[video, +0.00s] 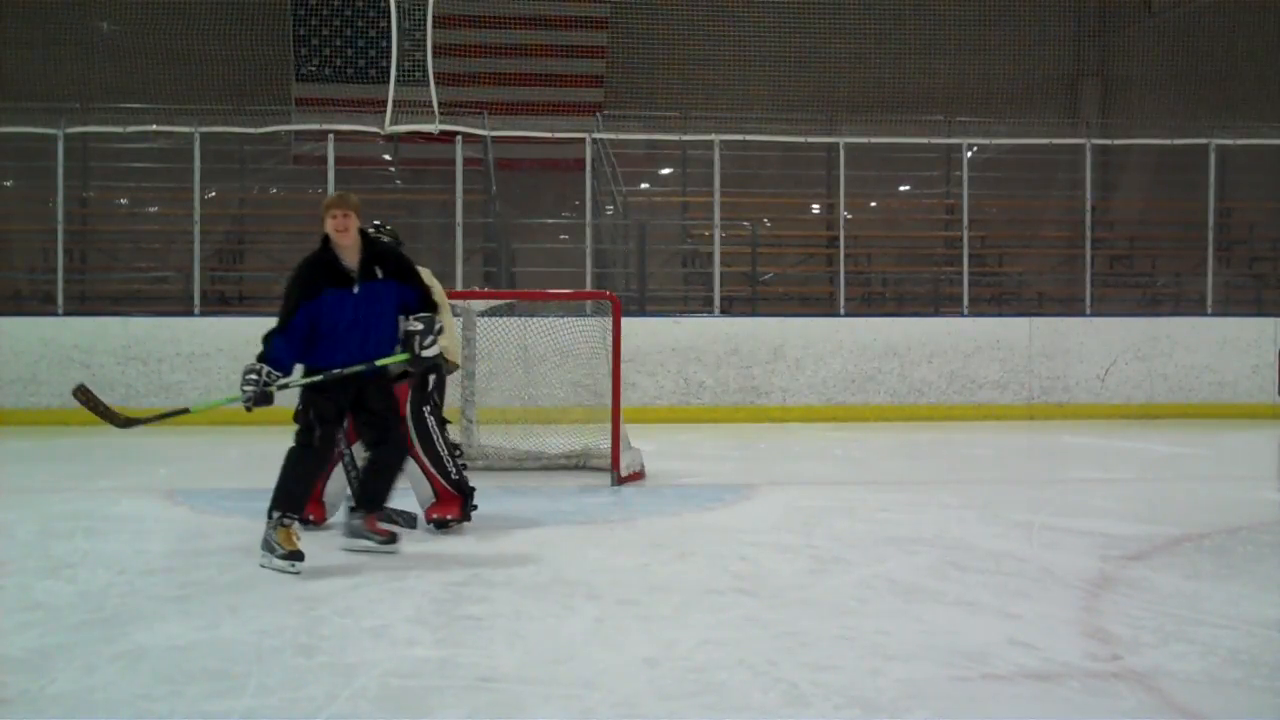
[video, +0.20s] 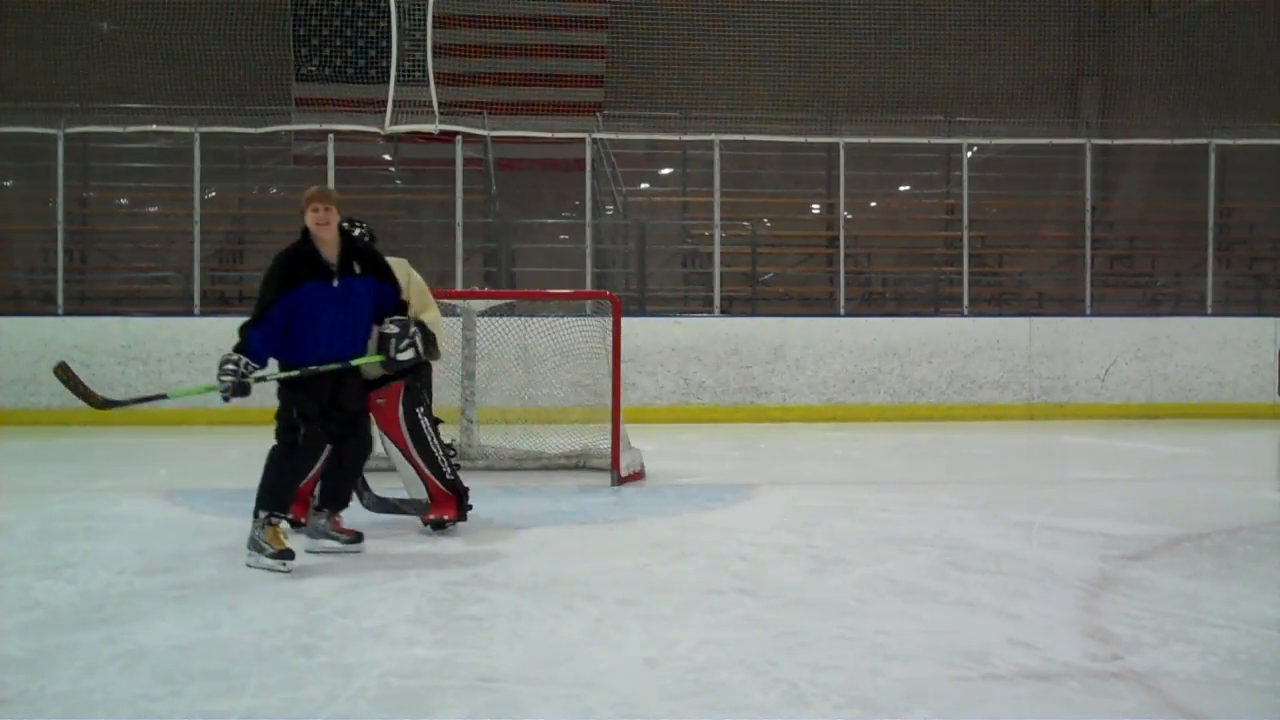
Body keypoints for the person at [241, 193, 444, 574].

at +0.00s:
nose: (341, 223)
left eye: (347, 216)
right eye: (334, 217)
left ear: (358, 221)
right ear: (325, 225)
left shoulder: (388, 261)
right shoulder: (312, 271)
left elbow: (423, 305)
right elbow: (290, 330)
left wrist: (422, 334)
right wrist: (266, 371)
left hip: (374, 374)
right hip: (326, 378)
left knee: (392, 440)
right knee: (315, 444)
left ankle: (363, 517)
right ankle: (282, 525)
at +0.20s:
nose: (322, 216)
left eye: (328, 210)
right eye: (315, 211)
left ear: (339, 215)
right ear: (304, 219)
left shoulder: (366, 259)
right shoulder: (290, 263)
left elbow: (392, 306)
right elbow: (265, 318)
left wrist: (400, 334)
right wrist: (243, 361)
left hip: (347, 372)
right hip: (301, 374)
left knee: (356, 444)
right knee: (297, 445)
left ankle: (323, 518)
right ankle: (267, 526)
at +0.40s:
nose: (304, 212)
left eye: (310, 206)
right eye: (297, 207)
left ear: (321, 212)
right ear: (285, 214)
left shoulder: (343, 253)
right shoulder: (272, 258)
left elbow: (373, 301)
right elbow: (245, 313)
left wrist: (375, 327)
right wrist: (220, 355)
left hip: (328, 368)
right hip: (284, 371)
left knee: (334, 441)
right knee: (285, 444)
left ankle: (314, 517)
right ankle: (259, 526)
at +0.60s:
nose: (287, 210)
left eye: (293, 204)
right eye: (280, 204)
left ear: (303, 210)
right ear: (269, 211)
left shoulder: (325, 251)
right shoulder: (255, 255)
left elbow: (353, 298)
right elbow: (231, 311)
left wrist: (364, 322)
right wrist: (209, 351)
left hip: (317, 365)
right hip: (272, 368)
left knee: (318, 439)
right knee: (274, 441)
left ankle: (310, 514)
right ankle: (254, 525)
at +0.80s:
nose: (276, 210)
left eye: (282, 204)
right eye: (269, 204)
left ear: (291, 211)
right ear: (256, 211)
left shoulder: (311, 250)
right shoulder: (241, 256)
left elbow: (340, 294)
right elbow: (216, 309)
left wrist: (351, 318)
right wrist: (192, 348)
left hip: (307, 364)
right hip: (260, 366)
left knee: (312, 439)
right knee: (262, 440)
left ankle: (310, 511)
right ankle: (239, 523)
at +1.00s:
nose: (269, 210)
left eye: (275, 205)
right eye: (262, 204)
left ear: (285, 211)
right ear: (251, 211)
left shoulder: (307, 251)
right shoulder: (235, 256)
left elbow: (336, 294)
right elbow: (212, 311)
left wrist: (339, 324)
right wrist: (192, 348)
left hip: (301, 366)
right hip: (252, 369)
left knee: (309, 441)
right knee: (248, 442)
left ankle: (312, 509)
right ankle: (224, 522)